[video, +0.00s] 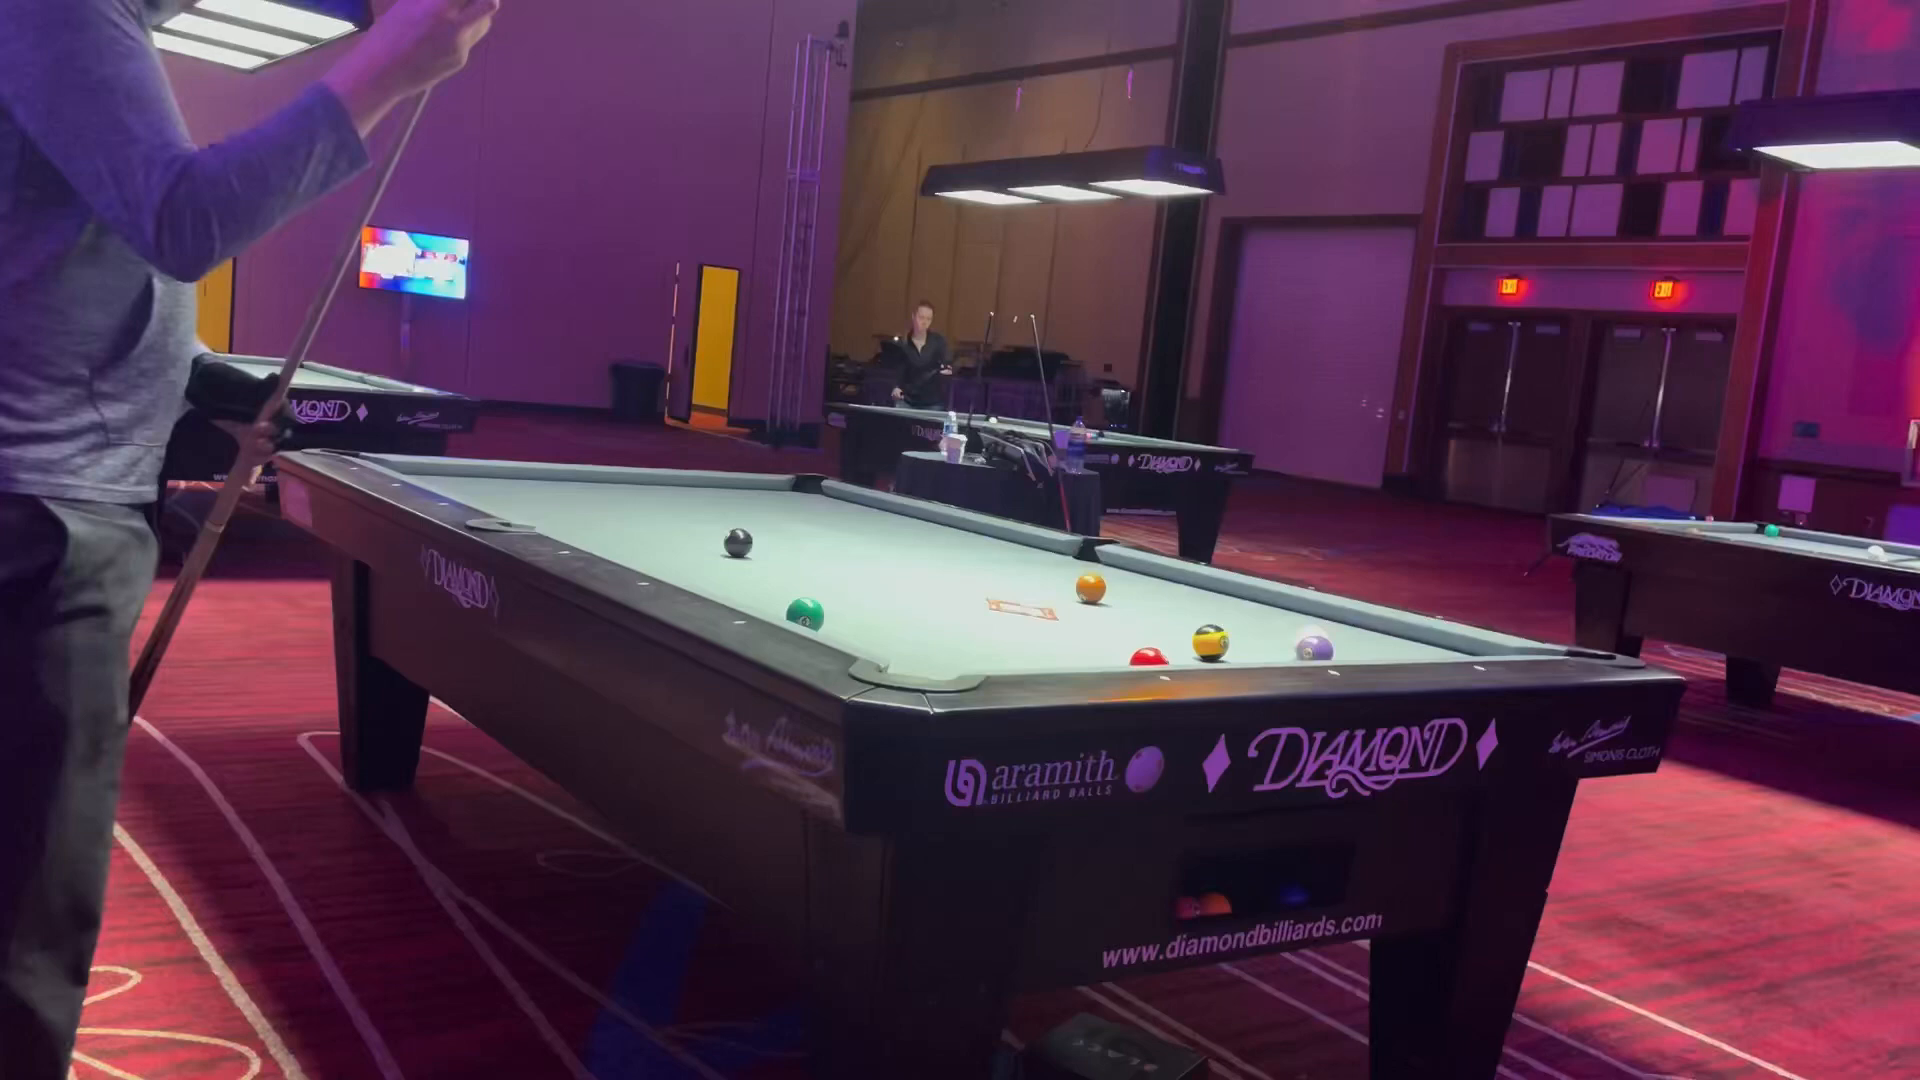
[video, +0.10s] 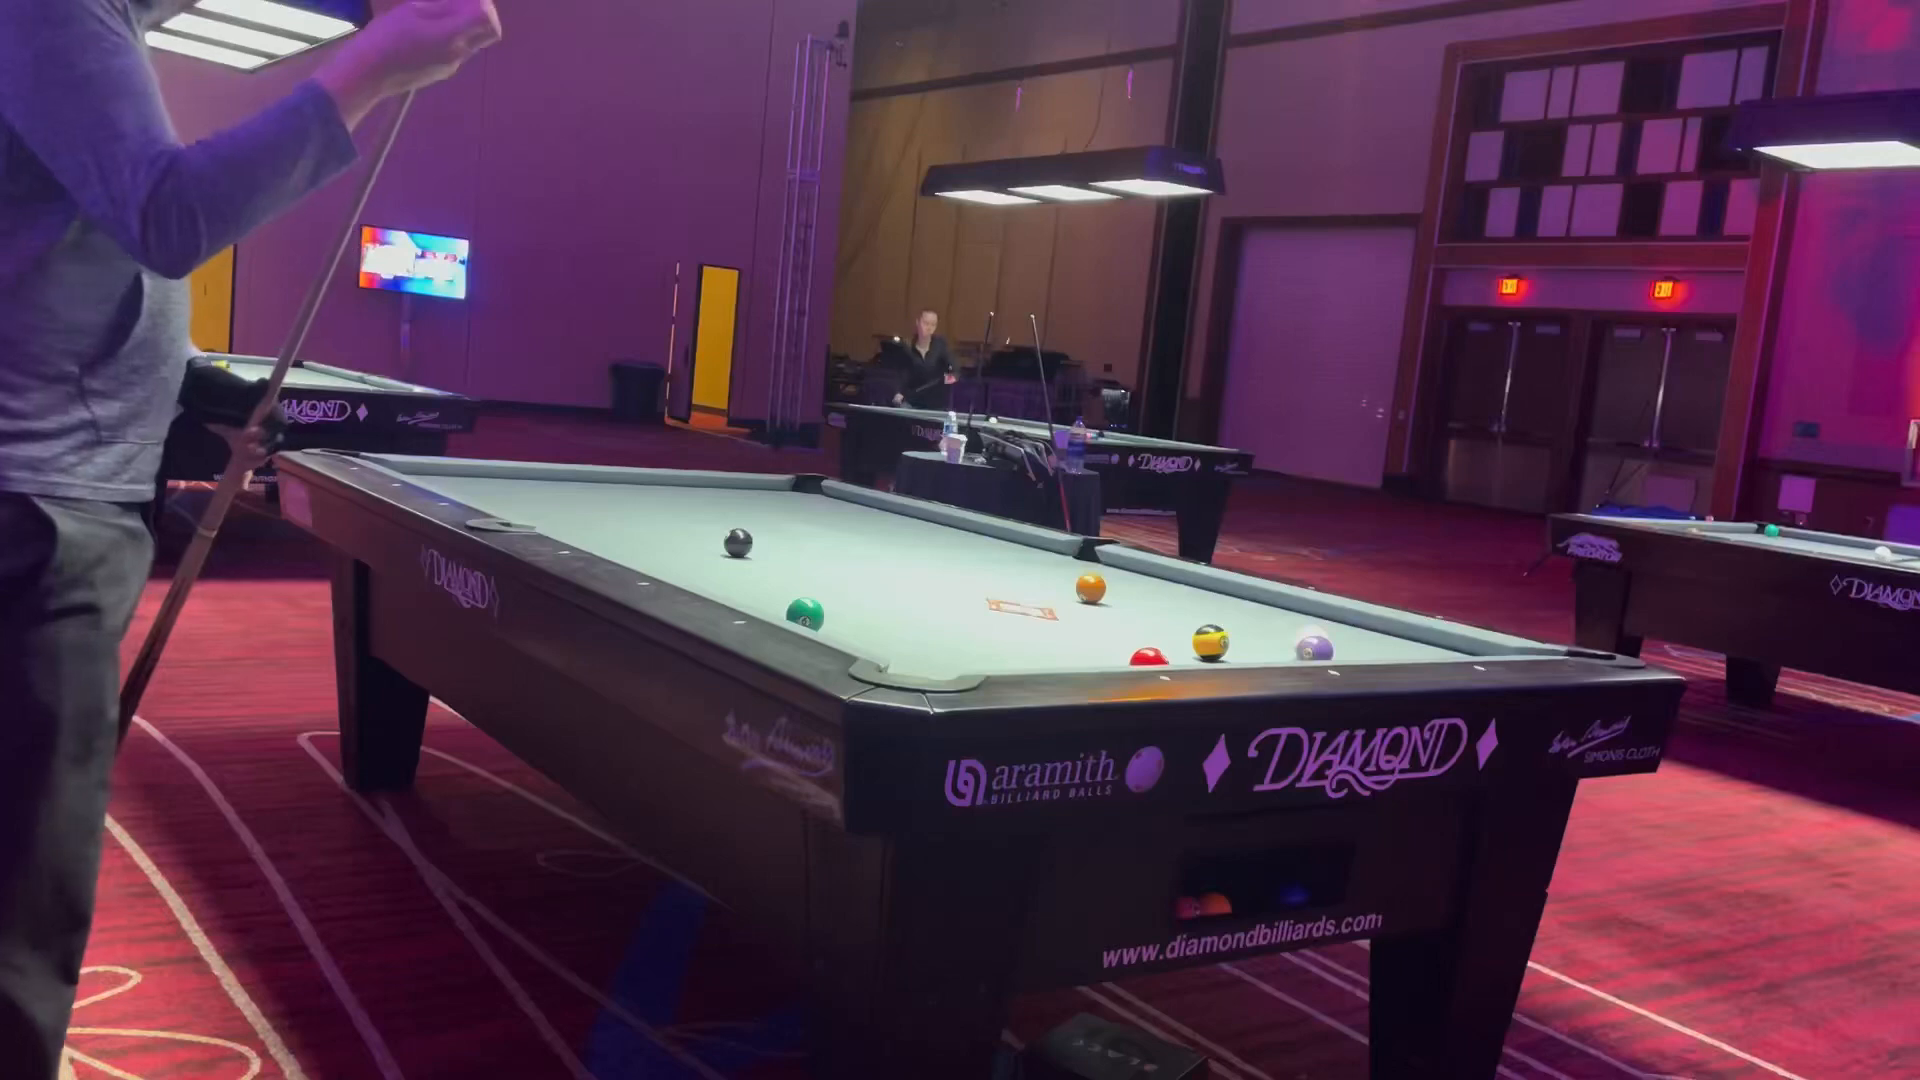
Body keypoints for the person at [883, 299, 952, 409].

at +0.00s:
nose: (924, 322)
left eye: (928, 319)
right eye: (921, 318)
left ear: (931, 321)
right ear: (913, 317)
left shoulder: (938, 341)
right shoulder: (902, 342)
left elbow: (946, 360)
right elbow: (898, 368)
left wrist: (947, 368)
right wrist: (896, 387)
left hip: (932, 401)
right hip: (906, 399)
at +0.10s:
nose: (929, 328)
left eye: (933, 325)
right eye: (926, 323)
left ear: (936, 327)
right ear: (918, 323)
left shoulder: (940, 344)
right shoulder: (907, 346)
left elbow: (953, 362)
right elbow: (900, 371)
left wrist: (953, 375)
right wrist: (898, 392)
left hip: (936, 402)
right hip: (912, 401)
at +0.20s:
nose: (933, 335)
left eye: (937, 332)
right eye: (930, 330)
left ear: (940, 334)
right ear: (922, 329)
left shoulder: (944, 352)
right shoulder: (910, 351)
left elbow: (962, 377)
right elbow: (902, 375)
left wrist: (957, 387)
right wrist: (901, 396)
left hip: (940, 405)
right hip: (915, 404)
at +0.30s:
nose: (937, 343)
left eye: (941, 340)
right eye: (934, 339)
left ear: (944, 342)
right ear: (925, 337)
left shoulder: (948, 358)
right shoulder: (913, 357)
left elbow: (964, 382)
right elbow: (902, 380)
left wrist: (959, 396)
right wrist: (904, 400)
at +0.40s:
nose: (939, 353)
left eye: (943, 349)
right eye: (936, 347)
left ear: (947, 350)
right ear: (928, 346)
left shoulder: (951, 364)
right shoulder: (916, 361)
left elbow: (966, 387)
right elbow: (904, 381)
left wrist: (961, 403)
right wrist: (905, 400)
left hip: (944, 414)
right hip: (918, 412)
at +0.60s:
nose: (943, 365)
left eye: (946, 362)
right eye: (940, 361)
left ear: (949, 362)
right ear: (931, 357)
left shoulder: (951, 372)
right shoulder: (916, 368)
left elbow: (966, 393)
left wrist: (966, 411)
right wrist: (906, 397)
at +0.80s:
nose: (944, 372)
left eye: (948, 368)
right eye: (941, 367)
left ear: (951, 368)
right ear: (933, 362)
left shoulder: (952, 377)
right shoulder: (918, 368)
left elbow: (967, 397)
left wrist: (967, 413)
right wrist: (907, 390)